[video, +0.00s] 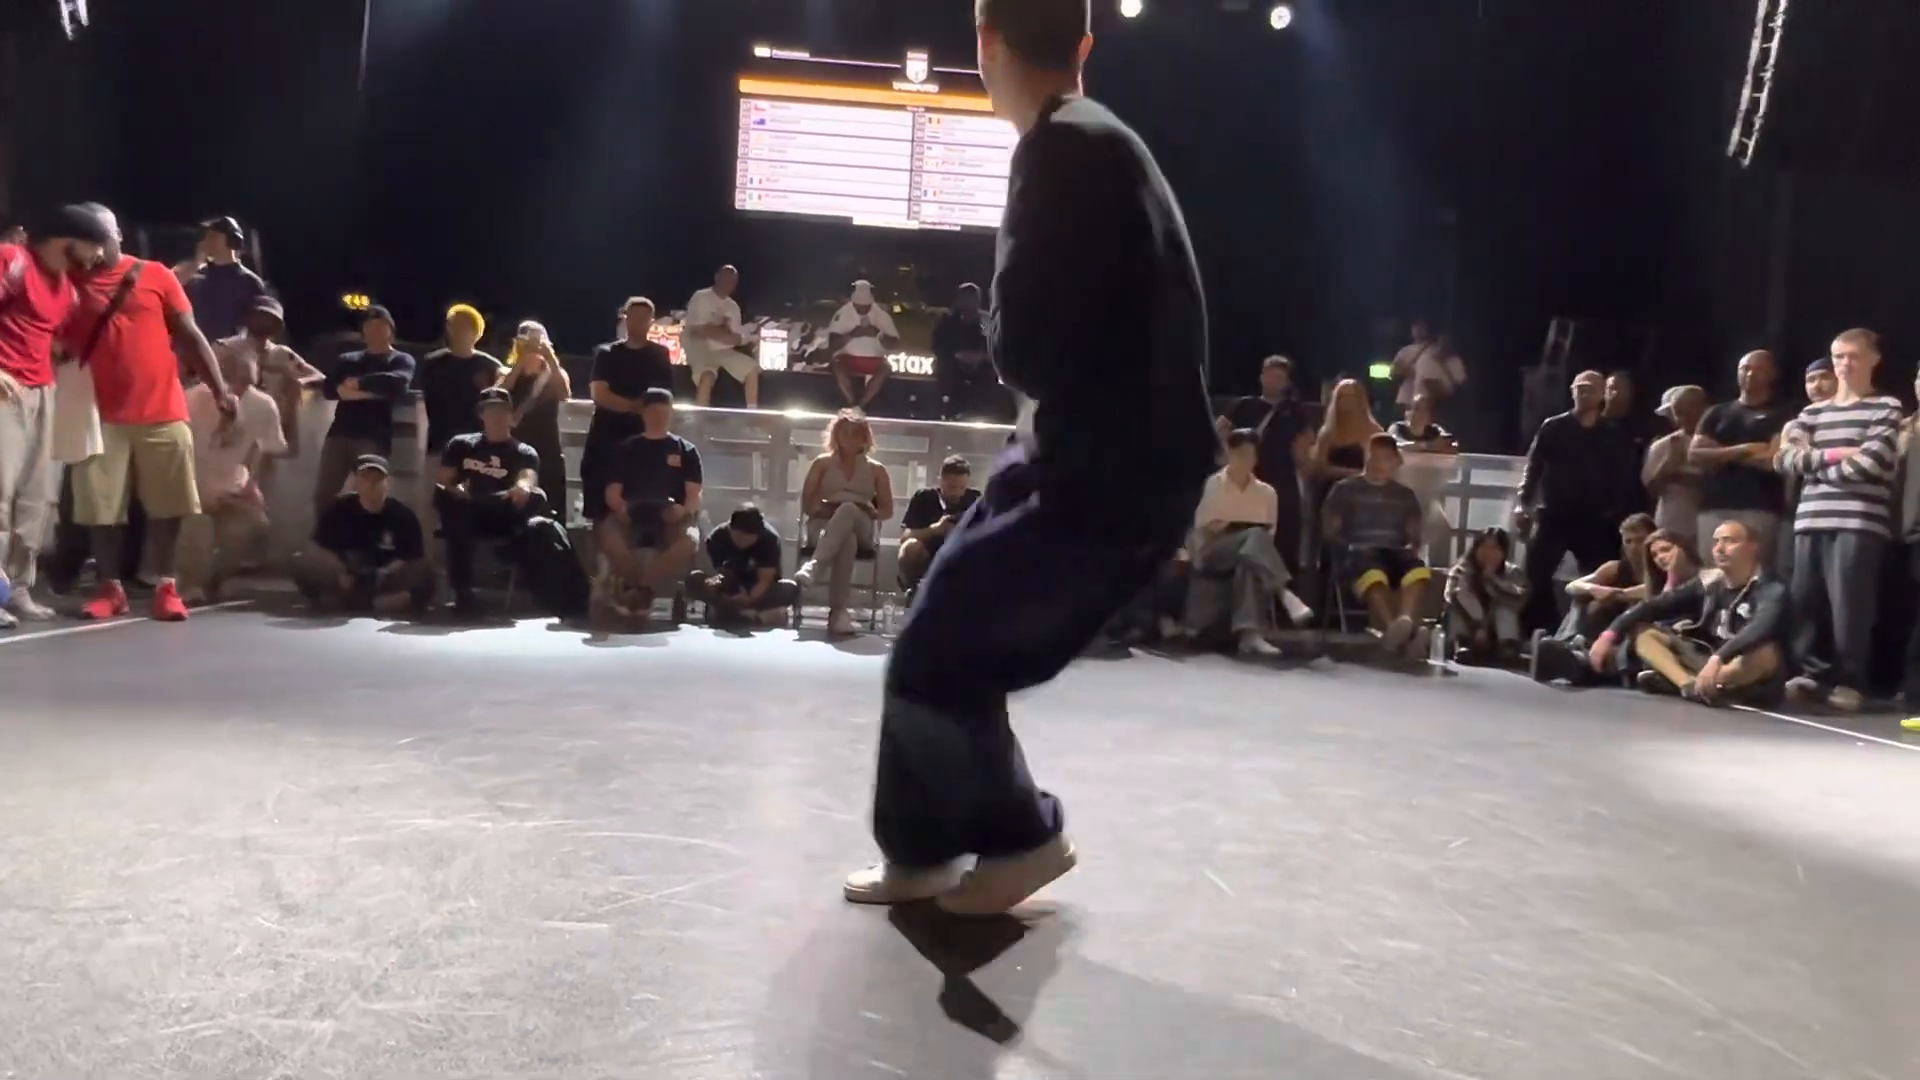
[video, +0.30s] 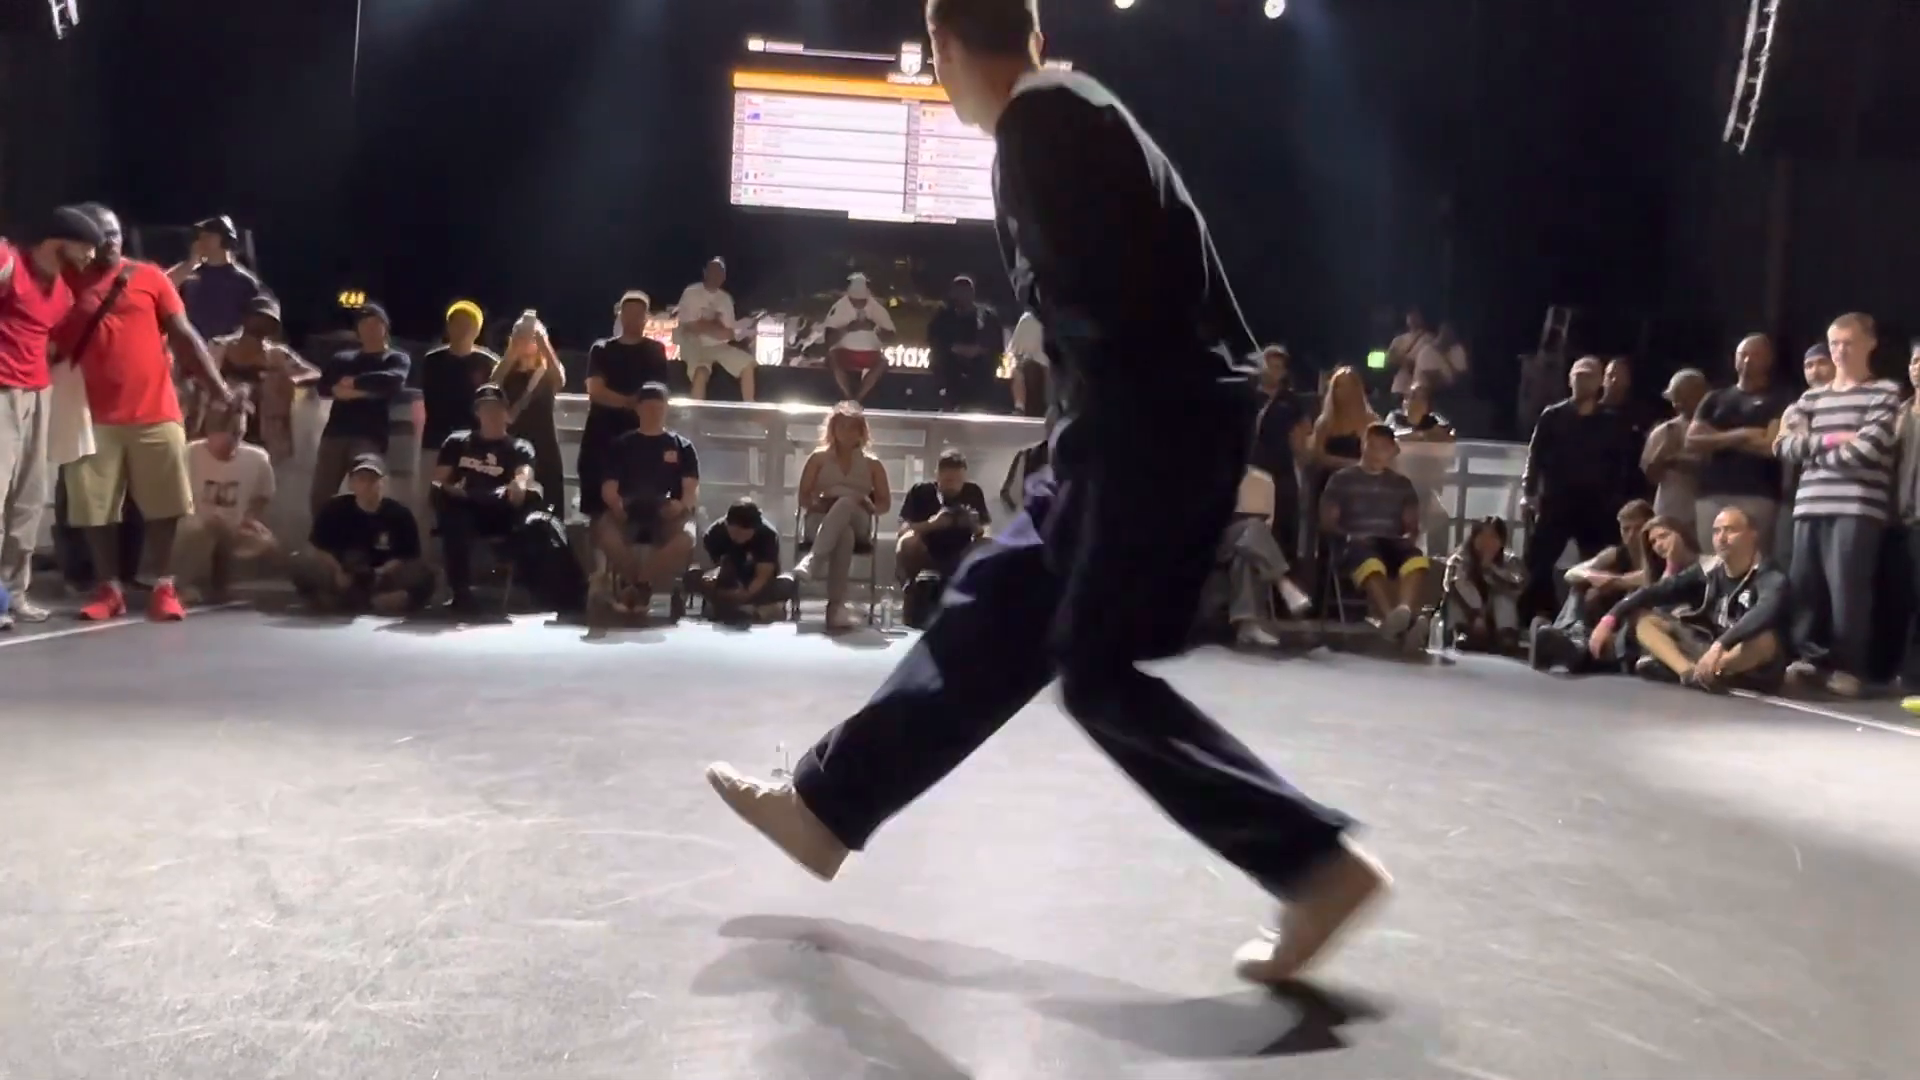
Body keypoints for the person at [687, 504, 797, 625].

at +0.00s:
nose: (742, 542)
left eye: (748, 539)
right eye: (739, 537)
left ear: (757, 534)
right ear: (731, 529)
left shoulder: (769, 539)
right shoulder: (715, 539)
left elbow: (765, 580)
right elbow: (723, 573)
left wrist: (749, 598)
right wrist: (716, 582)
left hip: (758, 584)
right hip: (731, 585)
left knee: (790, 588)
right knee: (694, 581)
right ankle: (756, 616)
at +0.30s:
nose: (739, 536)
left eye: (745, 533)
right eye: (735, 531)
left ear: (754, 528)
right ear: (728, 525)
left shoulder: (767, 535)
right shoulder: (713, 535)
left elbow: (764, 574)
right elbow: (719, 566)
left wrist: (748, 593)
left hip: (757, 578)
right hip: (731, 578)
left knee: (786, 584)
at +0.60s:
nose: (744, 548)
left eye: (750, 544)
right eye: (740, 543)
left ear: (759, 539)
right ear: (733, 536)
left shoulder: (772, 545)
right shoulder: (717, 547)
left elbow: (768, 585)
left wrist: (751, 604)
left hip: (761, 591)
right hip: (732, 592)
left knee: (791, 593)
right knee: (696, 588)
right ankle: (751, 621)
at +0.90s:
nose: (749, 558)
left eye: (755, 554)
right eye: (745, 553)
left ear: (763, 548)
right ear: (737, 545)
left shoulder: (775, 554)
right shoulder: (720, 556)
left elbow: (772, 594)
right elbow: (731, 590)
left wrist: (754, 613)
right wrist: (722, 599)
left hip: (766, 598)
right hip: (738, 600)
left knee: (796, 603)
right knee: (702, 598)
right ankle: (762, 630)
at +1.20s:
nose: (749, 560)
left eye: (755, 556)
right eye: (745, 555)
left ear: (764, 549)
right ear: (737, 546)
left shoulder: (777, 554)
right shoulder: (722, 557)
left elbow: (774, 595)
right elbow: (733, 590)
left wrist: (756, 614)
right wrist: (725, 598)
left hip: (767, 601)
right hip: (738, 603)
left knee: (798, 603)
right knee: (703, 598)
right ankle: (762, 630)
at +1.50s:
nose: (751, 558)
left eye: (756, 555)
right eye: (747, 553)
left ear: (766, 550)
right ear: (740, 546)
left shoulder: (780, 556)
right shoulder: (725, 558)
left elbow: (776, 596)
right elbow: (736, 589)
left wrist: (759, 615)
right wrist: (728, 598)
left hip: (769, 601)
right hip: (742, 604)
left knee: (801, 604)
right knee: (705, 598)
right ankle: (767, 633)